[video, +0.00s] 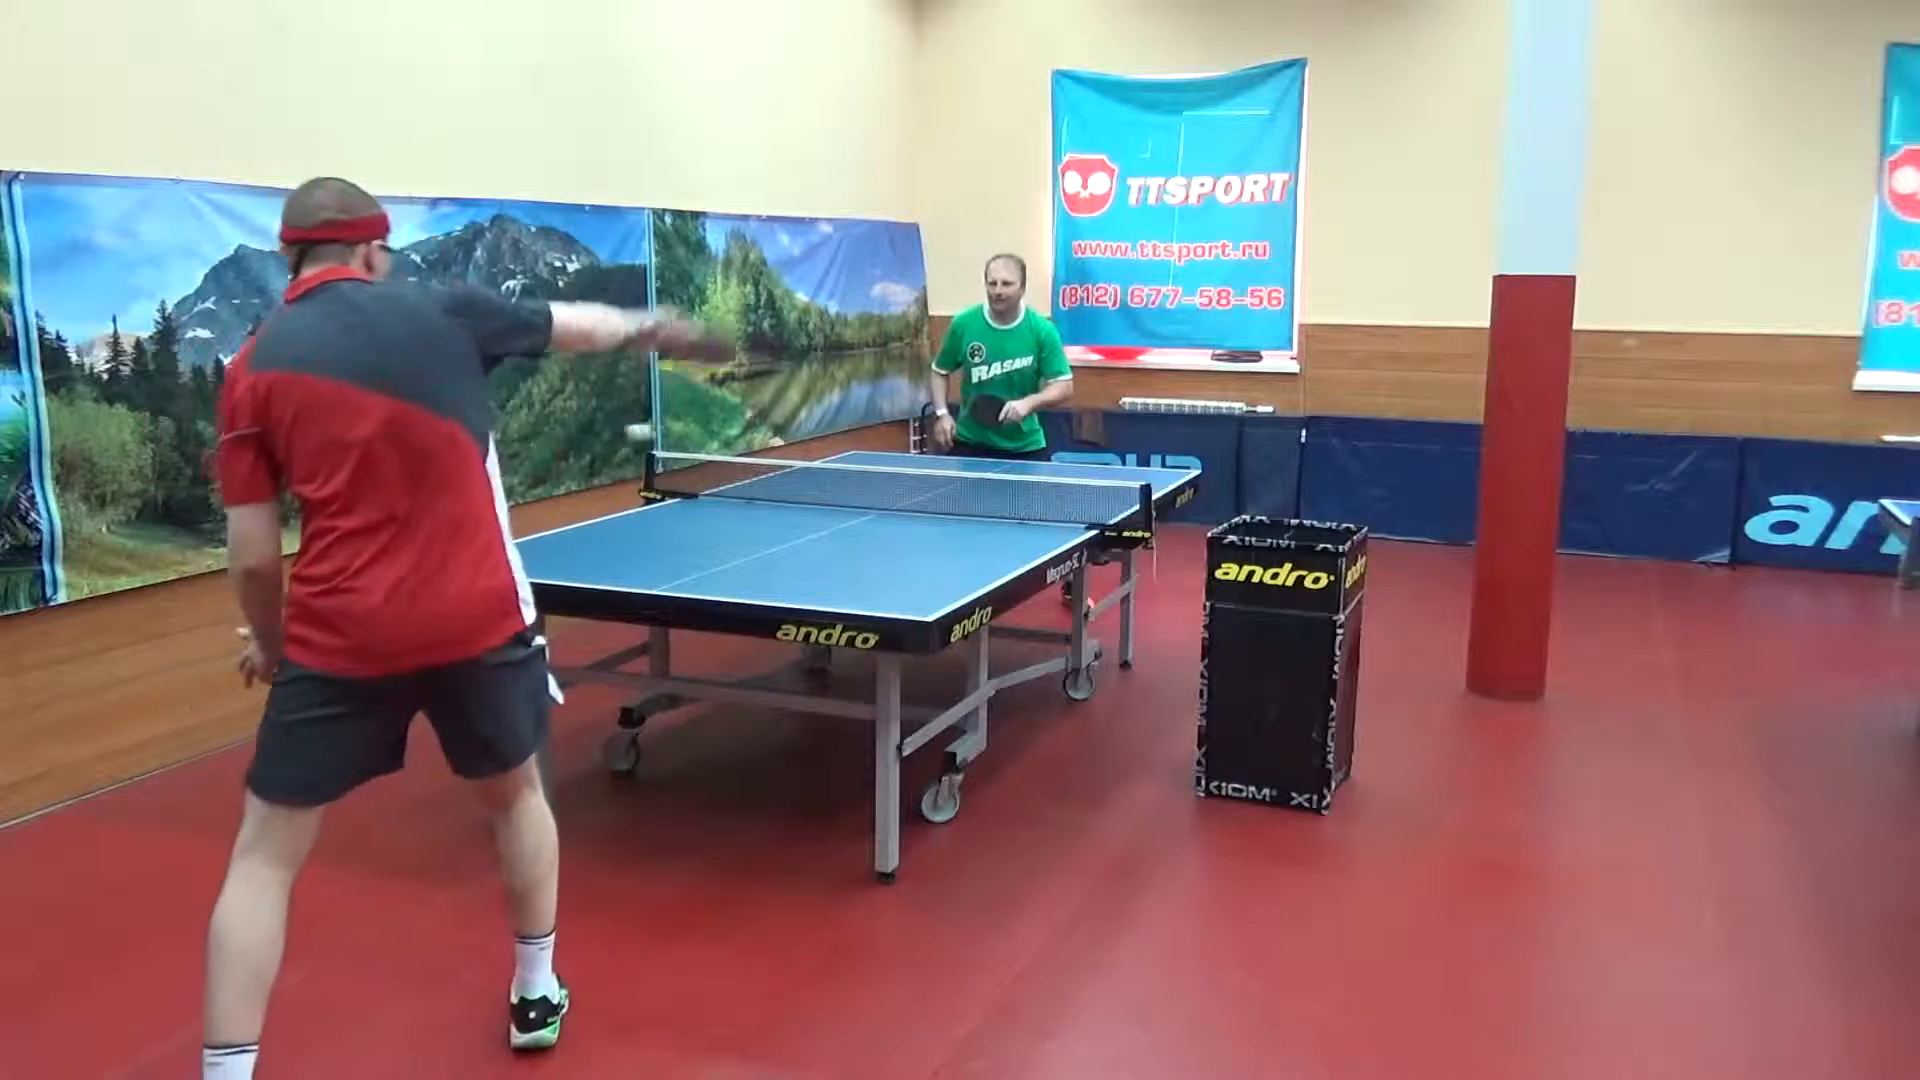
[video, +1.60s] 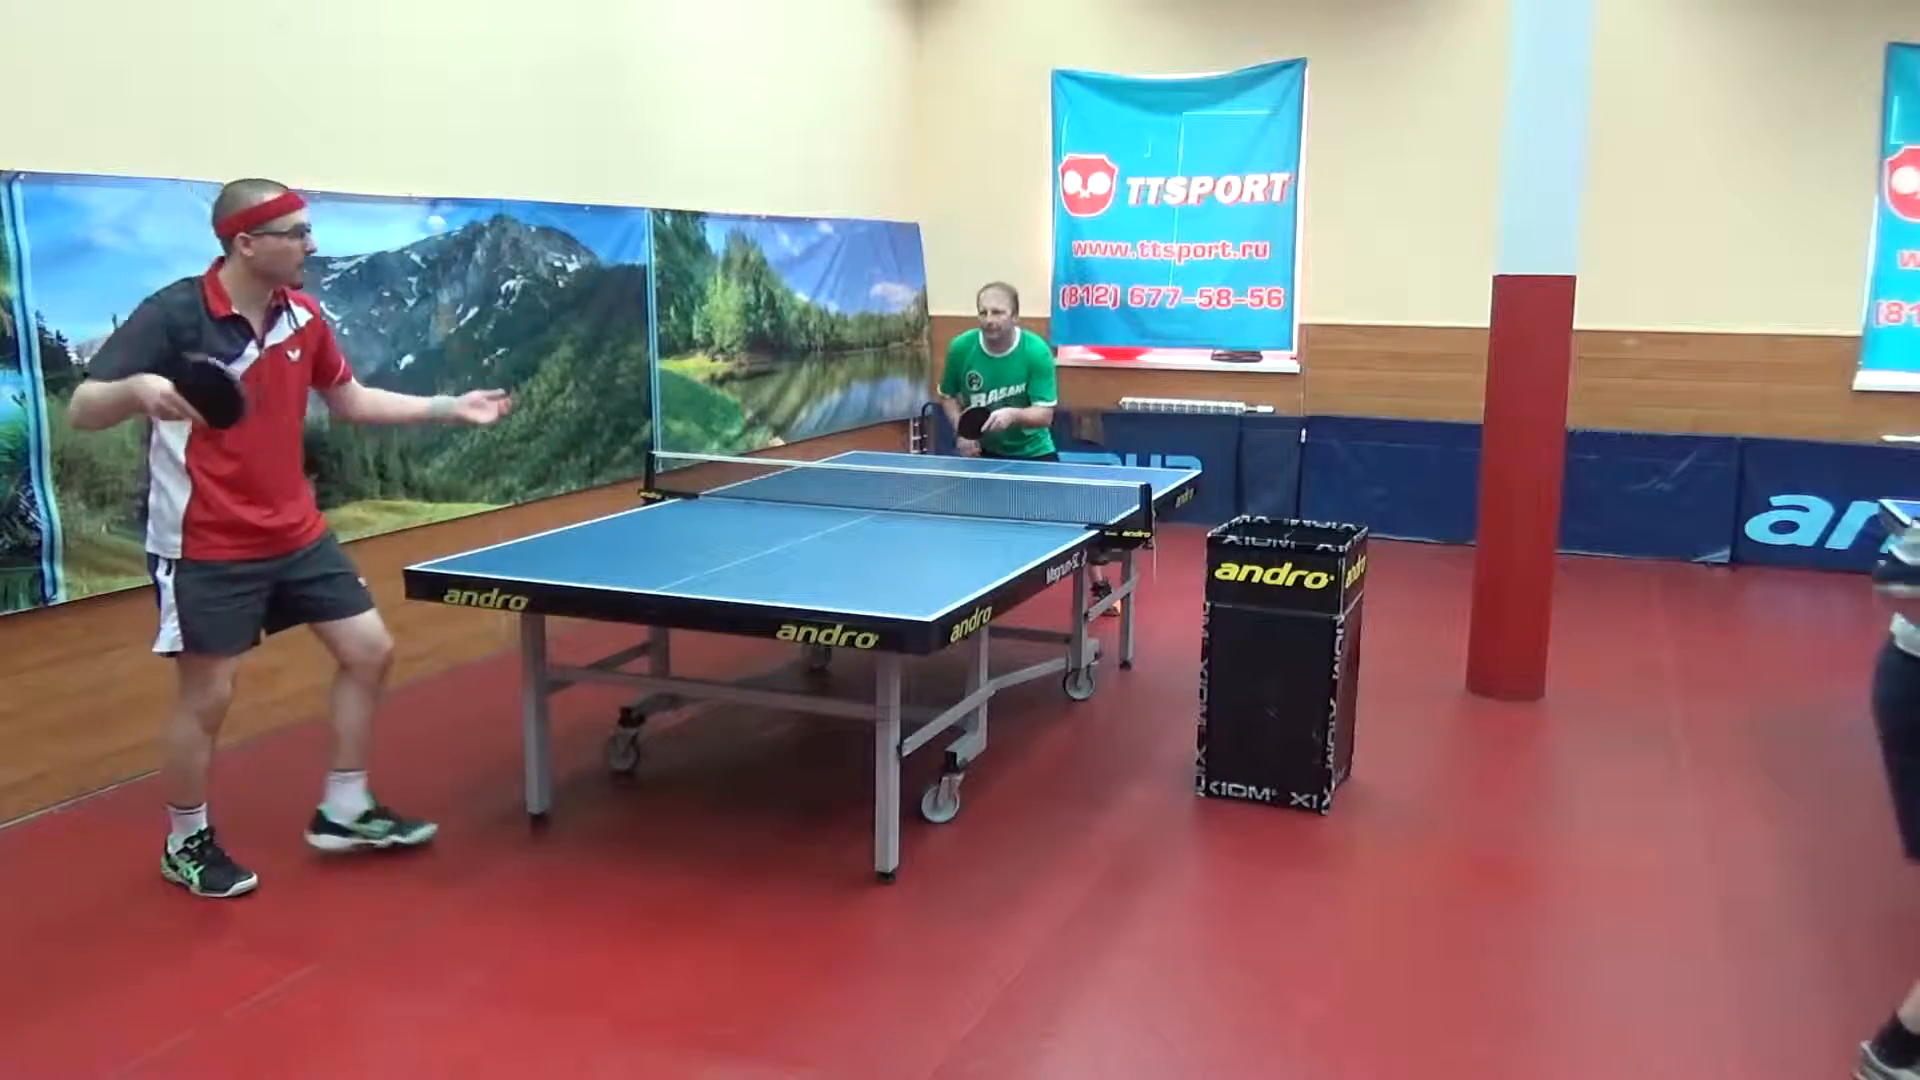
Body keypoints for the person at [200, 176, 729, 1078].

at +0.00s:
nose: (386, 260)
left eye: (380, 250)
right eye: (384, 249)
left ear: (291, 258)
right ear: (375, 250)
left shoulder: (254, 367)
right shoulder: (444, 309)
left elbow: (255, 554)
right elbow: (597, 328)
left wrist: (270, 648)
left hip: (339, 631)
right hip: (477, 616)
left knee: (265, 855)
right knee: (515, 796)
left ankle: (227, 1070)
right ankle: (538, 995)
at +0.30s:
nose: (311, 298)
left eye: (308, 283)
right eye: (305, 284)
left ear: (202, 289)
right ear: (280, 286)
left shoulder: (129, 410)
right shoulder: (327, 361)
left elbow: (158, 601)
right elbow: (503, 401)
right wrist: (597, 385)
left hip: (218, 711)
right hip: (365, 688)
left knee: (187, 920)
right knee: (467, 823)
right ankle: (532, 996)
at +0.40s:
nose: (290, 285)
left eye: (285, 269)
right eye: (284, 270)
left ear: (182, 281)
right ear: (259, 276)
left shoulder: (99, 399)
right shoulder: (298, 365)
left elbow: (111, 590)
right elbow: (445, 460)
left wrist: (185, 657)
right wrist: (543, 483)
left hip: (187, 710)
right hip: (332, 686)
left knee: (179, 922)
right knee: (450, 838)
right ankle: (518, 1008)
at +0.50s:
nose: (289, 269)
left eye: (284, 252)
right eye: (283, 252)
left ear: (180, 262)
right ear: (260, 255)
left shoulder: (95, 382)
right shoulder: (290, 357)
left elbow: (97, 561)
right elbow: (405, 505)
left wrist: (156, 663)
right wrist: (497, 572)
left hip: (180, 700)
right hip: (324, 677)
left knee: (174, 914)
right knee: (434, 832)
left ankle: (144, 1078)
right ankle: (476, 1048)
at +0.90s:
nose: (370, 243)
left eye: (359, 231)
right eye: (367, 230)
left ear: (274, 242)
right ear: (356, 229)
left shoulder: (198, 335)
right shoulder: (396, 334)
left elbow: (167, 515)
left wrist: (153, 648)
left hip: (240, 653)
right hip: (379, 647)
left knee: (231, 853)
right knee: (406, 856)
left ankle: (213, 1068)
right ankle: (398, 1070)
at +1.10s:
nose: (318, 243)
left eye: (316, 231)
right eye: (306, 231)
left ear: (278, 238)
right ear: (262, 236)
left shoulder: (301, 318)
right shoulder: (191, 307)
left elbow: (308, 420)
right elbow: (159, 411)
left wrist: (361, 486)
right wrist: (281, 431)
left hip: (279, 520)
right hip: (213, 525)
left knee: (278, 652)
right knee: (240, 662)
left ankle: (236, 797)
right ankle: (192, 835)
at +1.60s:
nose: (308, 244)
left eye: (307, 230)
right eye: (294, 234)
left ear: (276, 243)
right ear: (245, 244)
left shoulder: (303, 315)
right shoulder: (172, 316)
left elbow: (351, 401)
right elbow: (83, 409)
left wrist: (449, 407)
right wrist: (135, 391)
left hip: (296, 533)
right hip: (205, 546)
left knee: (368, 652)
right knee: (206, 699)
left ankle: (344, 812)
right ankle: (187, 842)